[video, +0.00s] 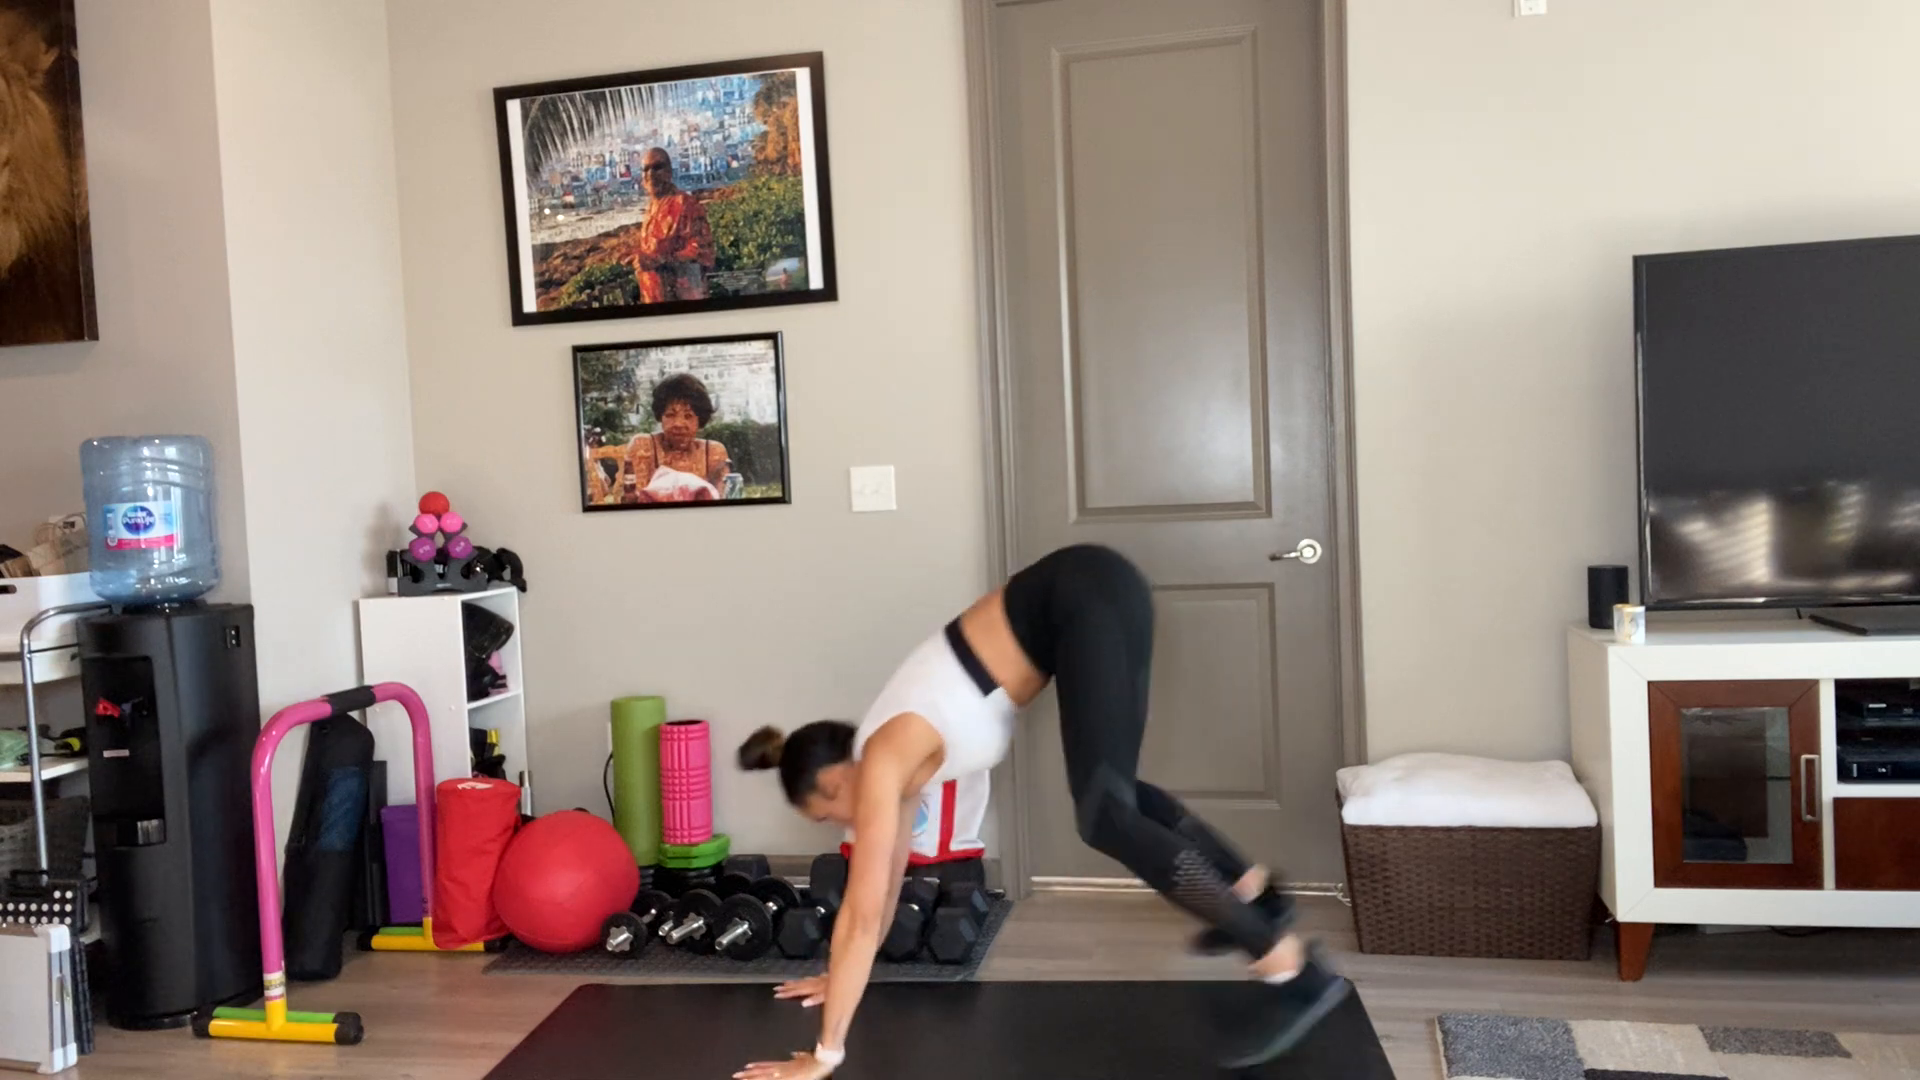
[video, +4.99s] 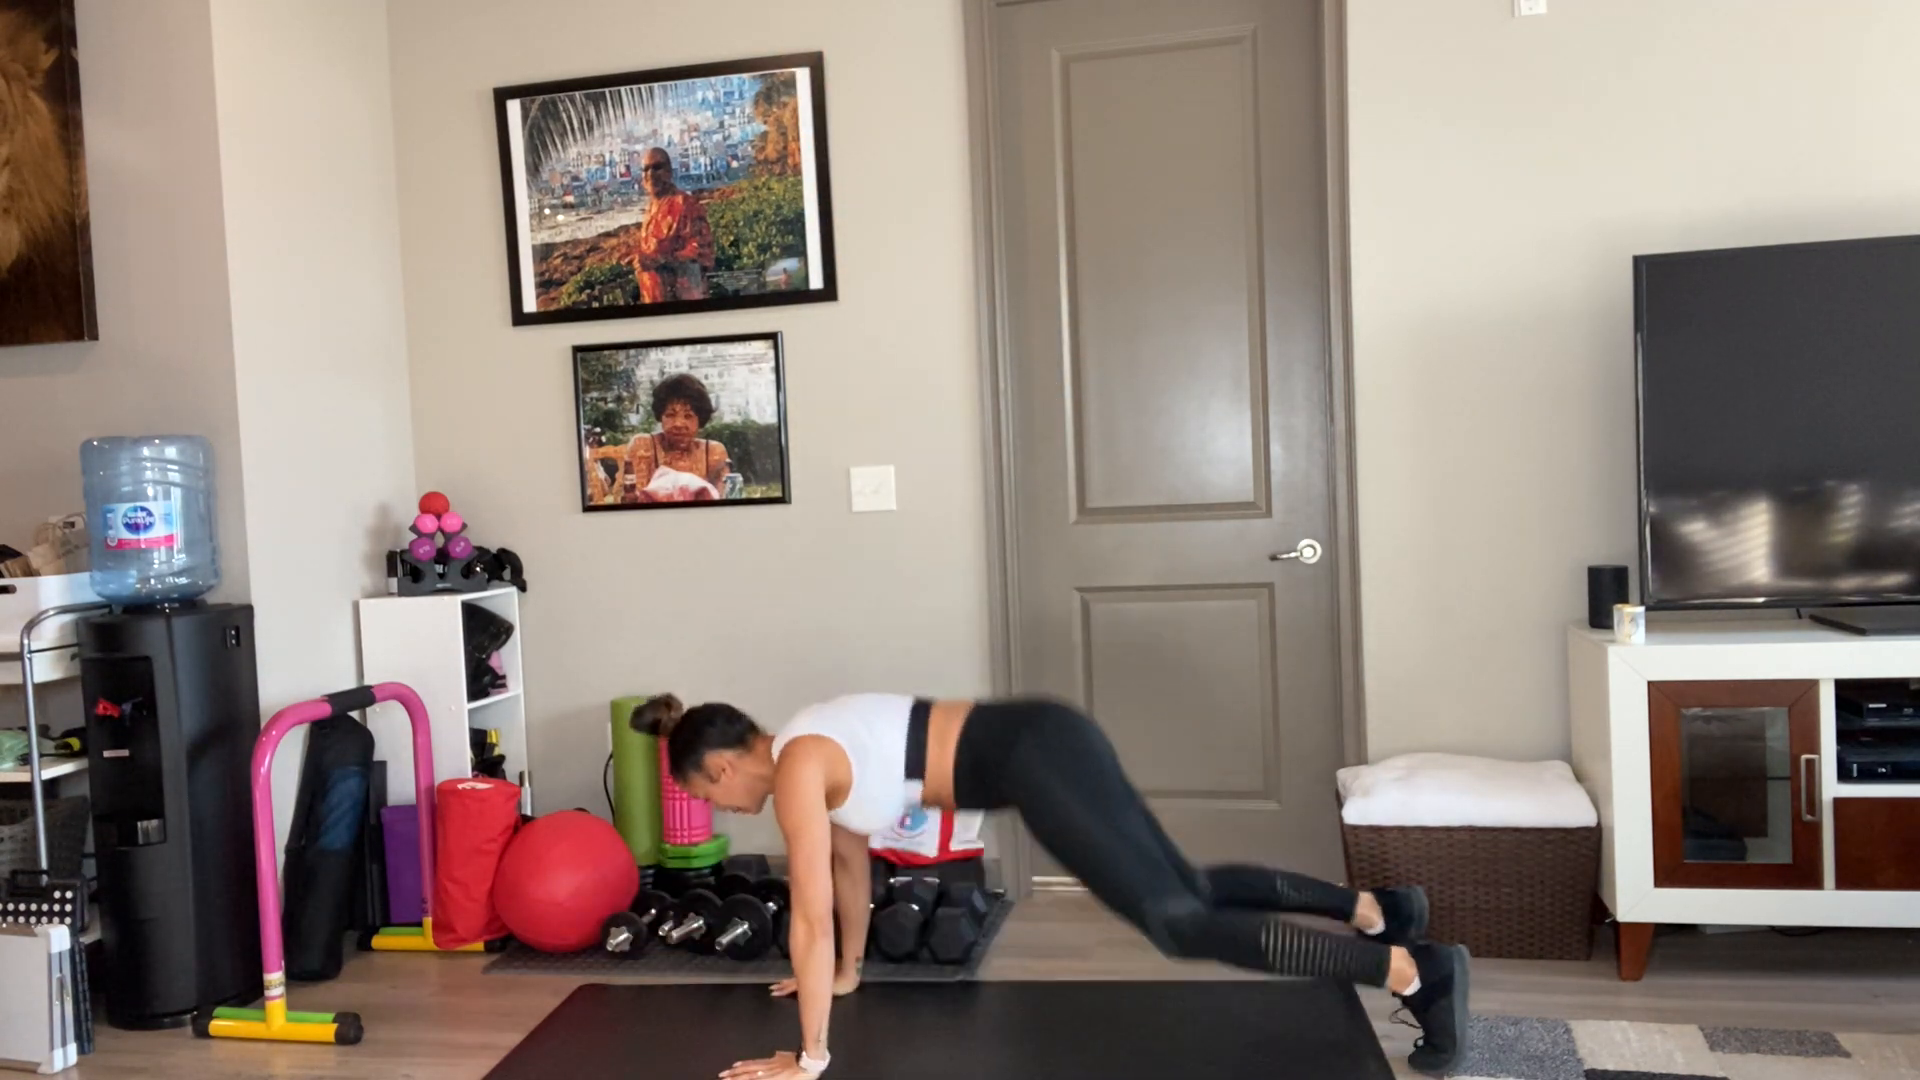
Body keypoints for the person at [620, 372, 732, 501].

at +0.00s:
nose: (679, 424)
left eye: (688, 416)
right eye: (670, 415)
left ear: (700, 420)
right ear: (660, 417)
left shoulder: (714, 451)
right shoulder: (641, 446)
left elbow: (721, 499)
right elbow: (632, 499)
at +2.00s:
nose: (679, 424)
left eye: (688, 416)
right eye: (670, 415)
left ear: (700, 420)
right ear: (660, 417)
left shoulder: (714, 451)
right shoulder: (641, 446)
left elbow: (721, 500)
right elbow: (633, 500)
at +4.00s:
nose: (679, 424)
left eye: (688, 416)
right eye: (670, 415)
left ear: (700, 420)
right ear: (660, 417)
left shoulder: (714, 451)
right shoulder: (641, 446)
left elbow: (722, 500)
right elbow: (628, 498)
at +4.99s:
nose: (679, 424)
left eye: (688, 416)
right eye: (670, 415)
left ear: (700, 420)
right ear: (660, 417)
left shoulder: (714, 451)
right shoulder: (641, 446)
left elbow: (722, 500)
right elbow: (630, 499)